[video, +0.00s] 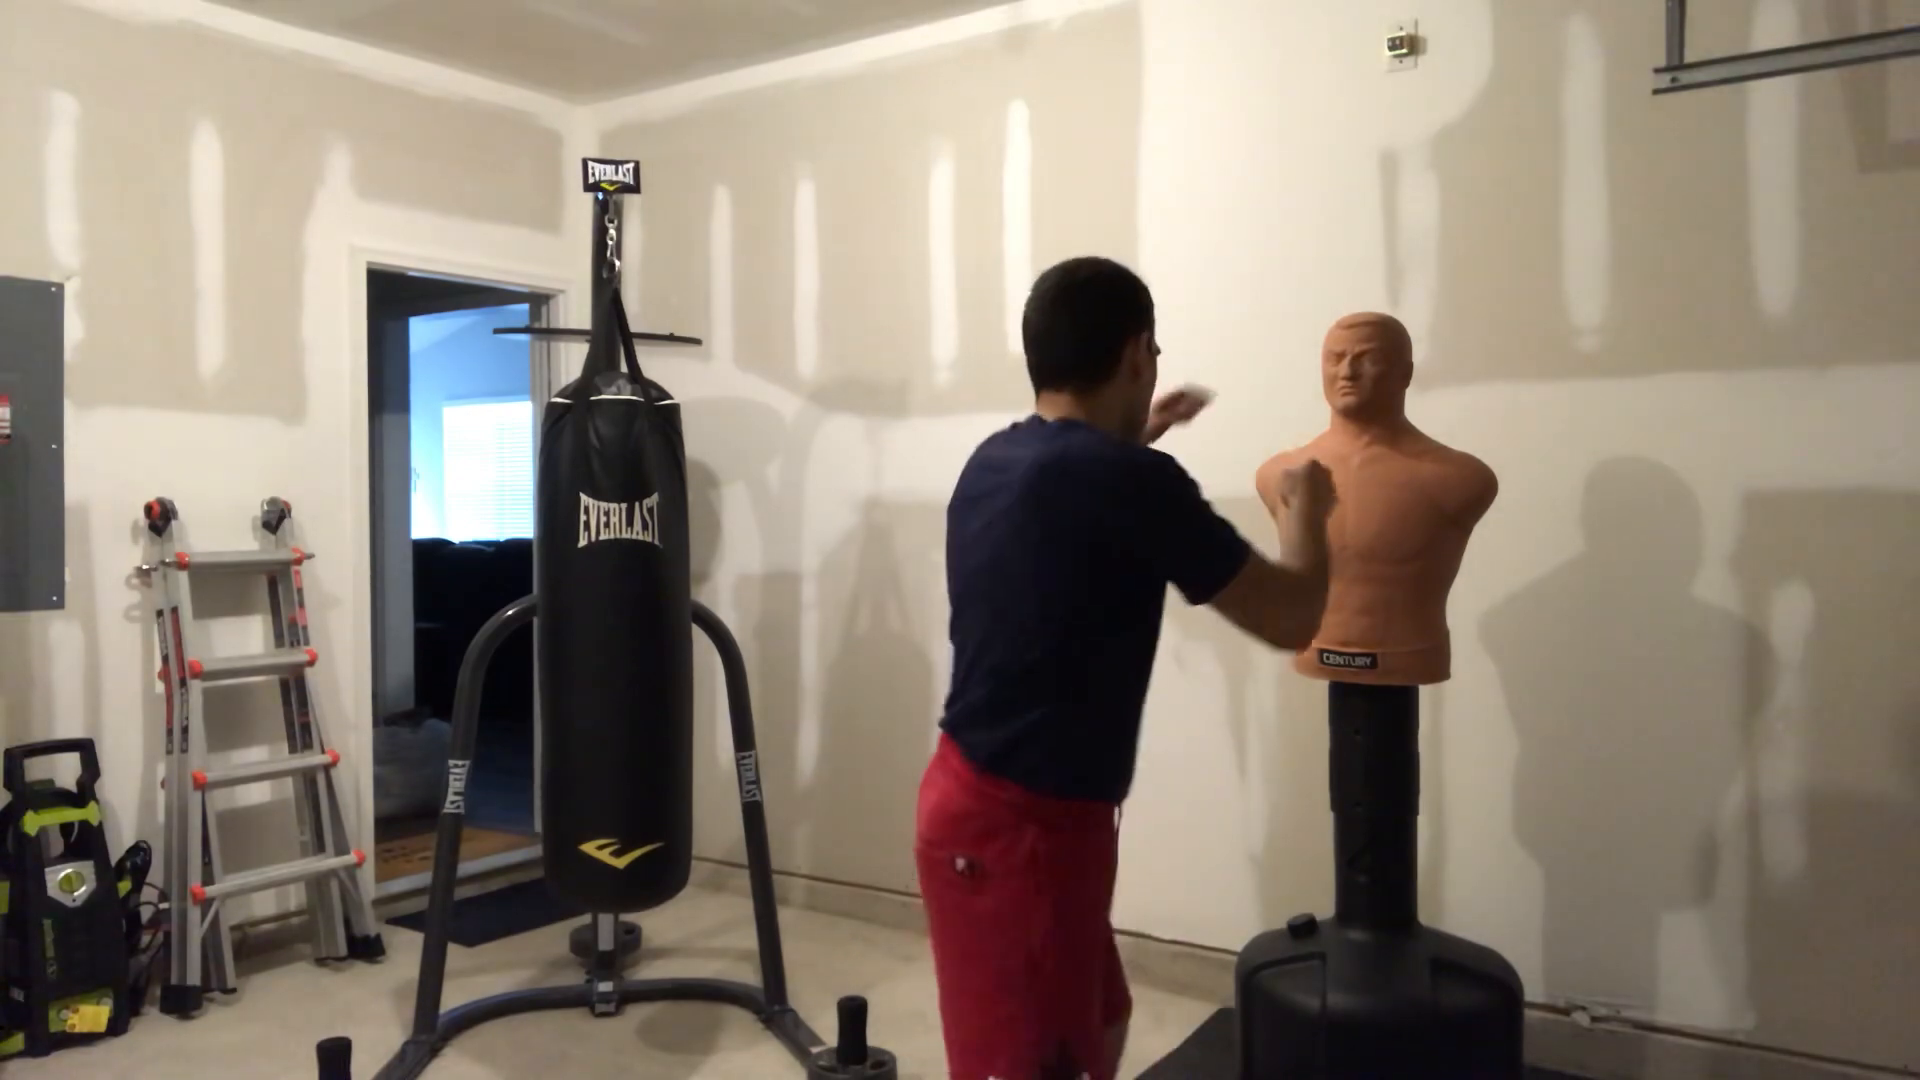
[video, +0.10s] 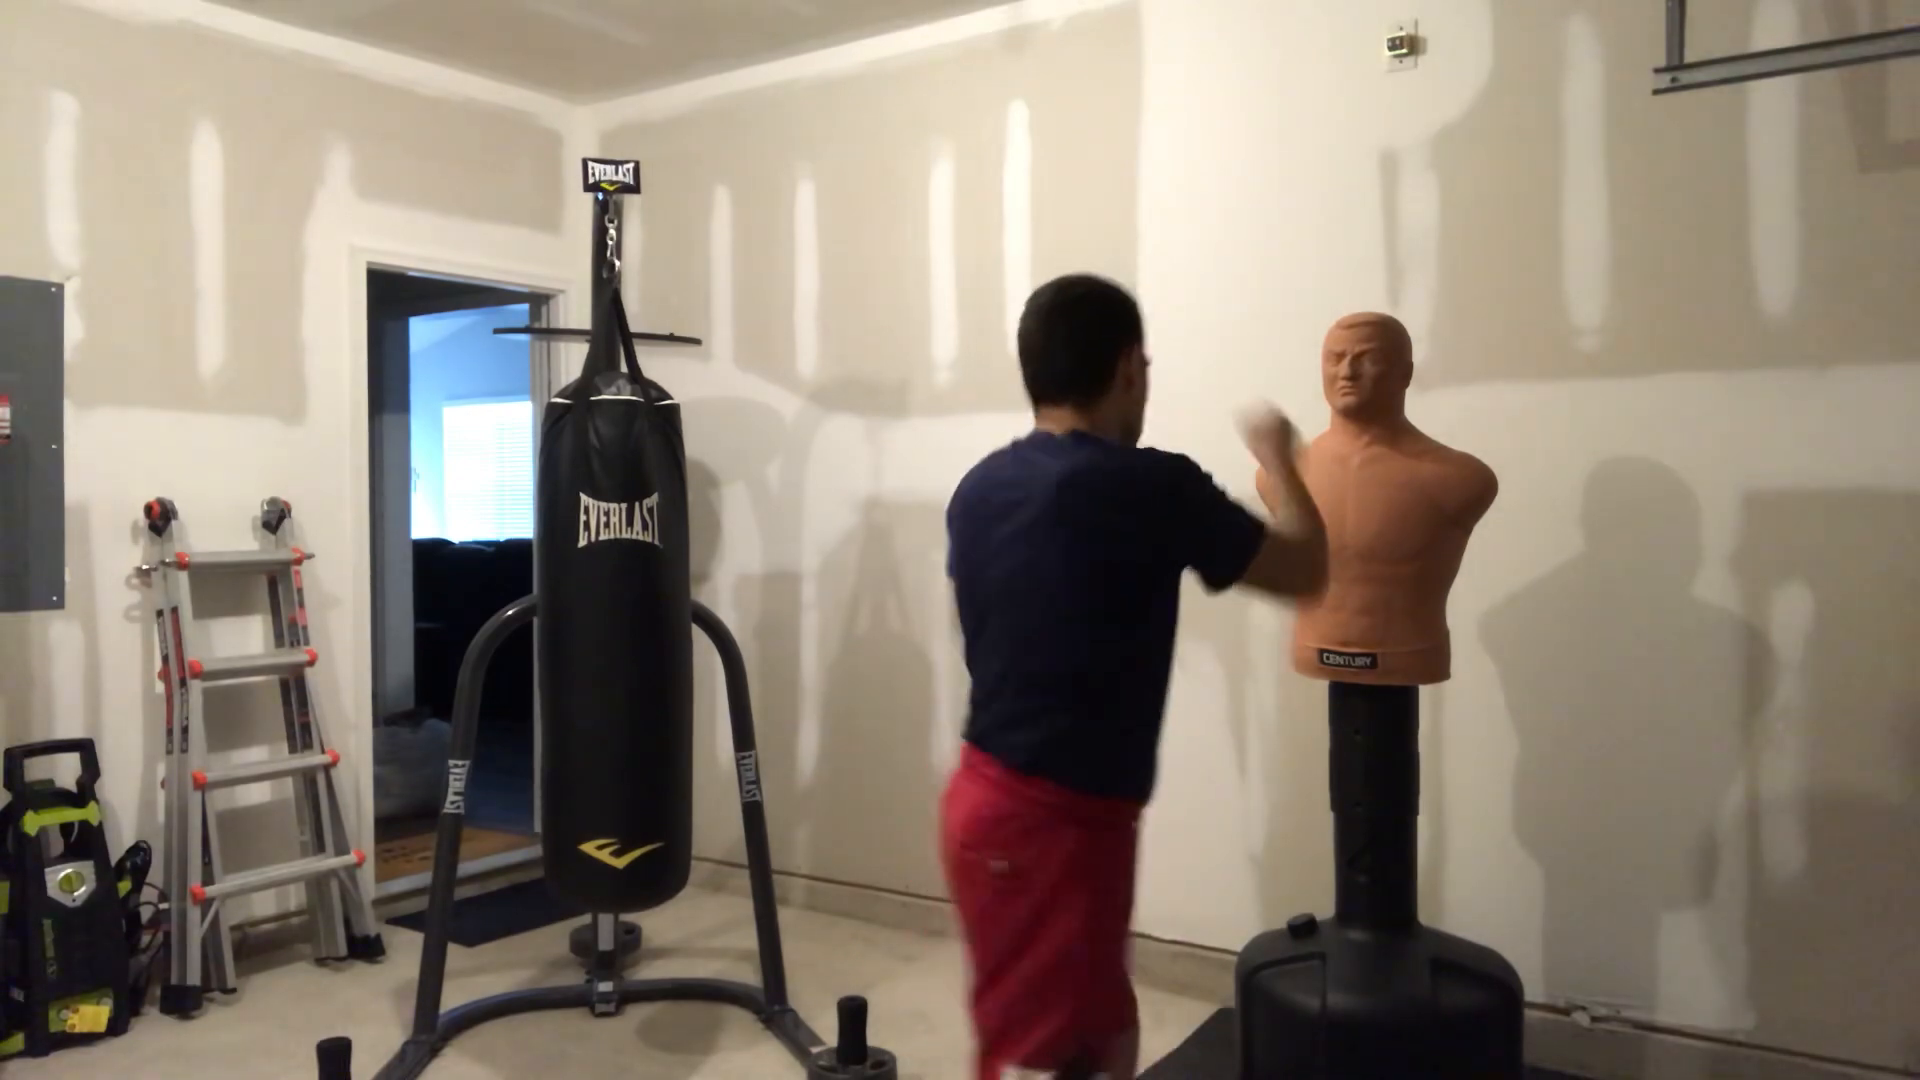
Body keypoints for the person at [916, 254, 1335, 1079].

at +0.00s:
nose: (1155, 372)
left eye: (1153, 353)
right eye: (1154, 352)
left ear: (1036, 358)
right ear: (1134, 354)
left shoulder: (991, 462)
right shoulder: (1130, 481)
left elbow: (1063, 519)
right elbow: (1293, 616)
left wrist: (1131, 440)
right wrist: (1305, 508)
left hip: (980, 813)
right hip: (1029, 834)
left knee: (1093, 1021)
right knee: (1026, 1061)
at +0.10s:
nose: (1148, 380)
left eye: (1144, 363)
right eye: (1144, 362)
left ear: (1032, 372)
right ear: (1127, 367)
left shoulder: (979, 489)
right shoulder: (1152, 486)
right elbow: (1304, 568)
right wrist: (1280, 461)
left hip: (980, 809)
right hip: (1069, 828)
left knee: (1106, 1041)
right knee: (1055, 1053)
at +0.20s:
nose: (1116, 382)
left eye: (1111, 369)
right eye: (1110, 370)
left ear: (1008, 389)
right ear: (1098, 378)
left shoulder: (966, 515)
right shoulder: (1148, 481)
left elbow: (940, 693)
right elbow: (1271, 475)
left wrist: (1018, 622)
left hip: (1021, 809)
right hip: (1121, 812)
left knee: (1065, 1031)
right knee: (1121, 1040)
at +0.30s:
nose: (1083, 381)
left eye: (1075, 366)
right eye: (1078, 367)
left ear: (977, 396)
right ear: (1068, 379)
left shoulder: (949, 535)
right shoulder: (1136, 456)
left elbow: (947, 730)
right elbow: (1225, 381)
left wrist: (977, 645)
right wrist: (1161, 295)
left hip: (1057, 798)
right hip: (1166, 784)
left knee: (1118, 1033)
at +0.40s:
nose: (1053, 379)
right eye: (1050, 368)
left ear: (951, 393)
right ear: (1046, 380)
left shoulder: (930, 537)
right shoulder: (1114, 437)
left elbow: (865, 702)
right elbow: (1241, 352)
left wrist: (847, 601)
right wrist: (1258, 286)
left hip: (1102, 801)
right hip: (1219, 751)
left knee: (1138, 1047)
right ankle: (1422, 1062)